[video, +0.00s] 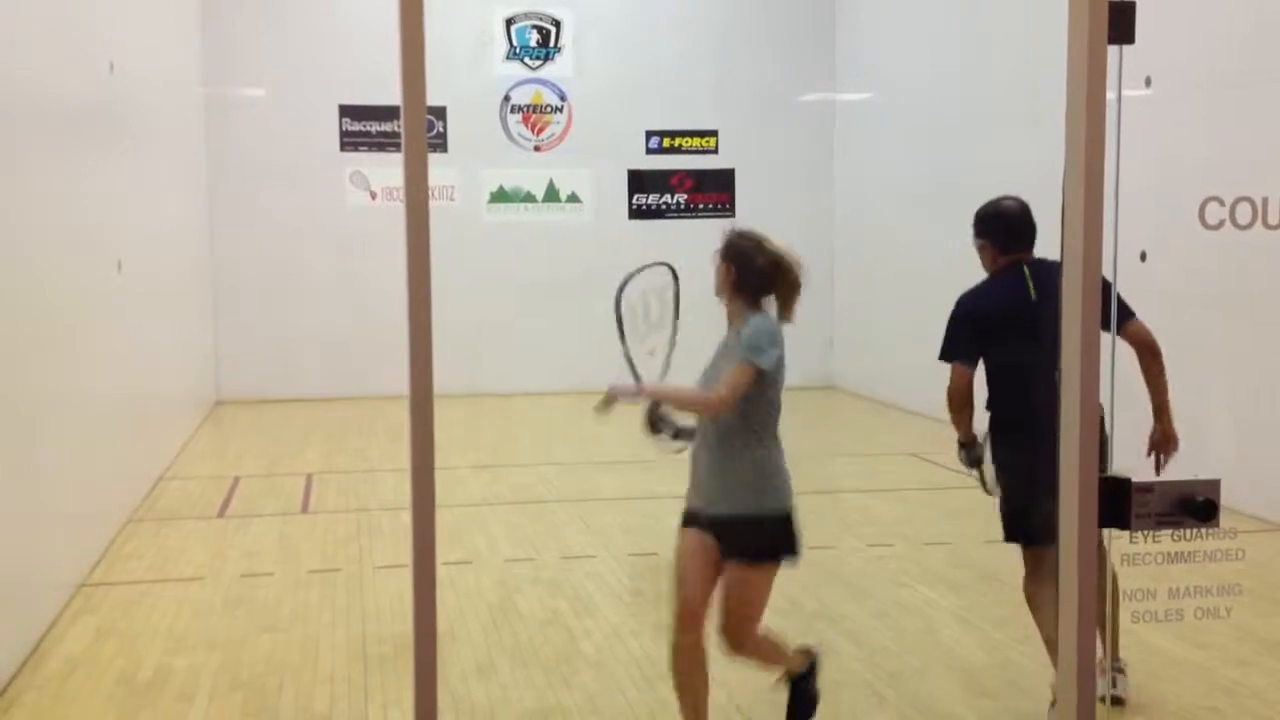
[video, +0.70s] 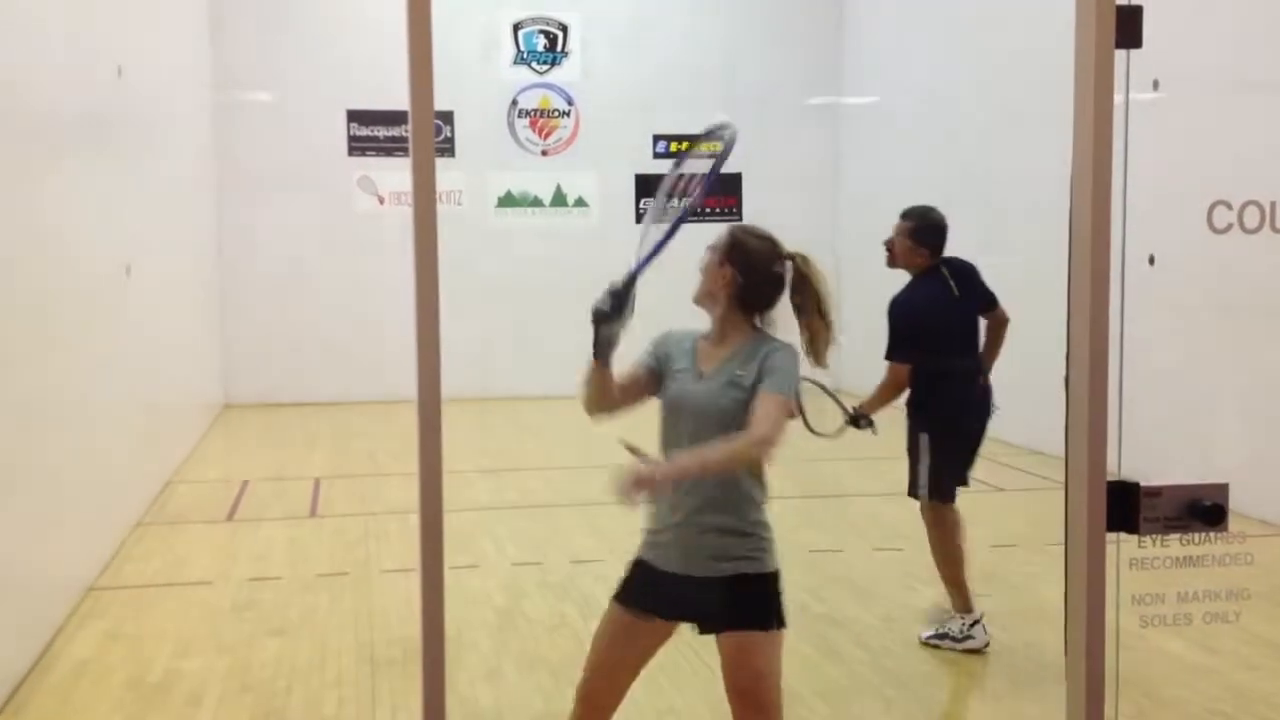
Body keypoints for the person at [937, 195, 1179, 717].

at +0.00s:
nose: (977, 253)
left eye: (978, 245)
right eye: (977, 245)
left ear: (987, 247)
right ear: (1032, 241)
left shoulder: (977, 303)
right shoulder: (1079, 279)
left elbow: (959, 388)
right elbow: (1145, 342)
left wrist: (966, 437)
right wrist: (1163, 419)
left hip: (1023, 451)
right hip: (1085, 444)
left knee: (1040, 565)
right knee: (1093, 549)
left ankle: (1069, 683)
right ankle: (1114, 666)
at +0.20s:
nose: (967, 251)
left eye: (971, 246)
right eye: (969, 244)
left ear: (988, 254)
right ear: (1019, 250)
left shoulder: (978, 312)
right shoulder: (1061, 288)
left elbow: (970, 397)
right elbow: (1118, 353)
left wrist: (952, 441)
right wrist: (1119, 420)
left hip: (1011, 448)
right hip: (1070, 441)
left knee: (997, 534)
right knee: (1082, 548)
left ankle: (1039, 623)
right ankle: (1103, 660)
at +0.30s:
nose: (953, 249)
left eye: (960, 244)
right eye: (957, 241)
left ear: (979, 254)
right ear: (1004, 250)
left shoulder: (968, 310)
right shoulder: (1044, 287)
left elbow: (963, 391)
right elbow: (1073, 351)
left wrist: (940, 433)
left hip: (992, 441)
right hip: (1050, 438)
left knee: (968, 517)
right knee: (1072, 541)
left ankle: (996, 629)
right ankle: (1104, 652)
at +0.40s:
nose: (935, 251)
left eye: (942, 247)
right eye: (939, 244)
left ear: (959, 258)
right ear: (982, 257)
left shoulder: (949, 314)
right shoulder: (1014, 286)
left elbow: (943, 397)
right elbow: (1049, 337)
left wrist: (917, 434)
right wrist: (1011, 357)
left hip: (969, 440)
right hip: (1027, 435)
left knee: (951, 527)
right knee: (1052, 538)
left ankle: (963, 623)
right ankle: (1099, 645)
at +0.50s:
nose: (915, 251)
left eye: (924, 248)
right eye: (921, 245)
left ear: (941, 262)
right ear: (960, 259)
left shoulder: (933, 318)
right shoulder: (992, 286)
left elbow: (925, 399)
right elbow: (1027, 335)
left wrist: (892, 433)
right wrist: (988, 360)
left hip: (951, 435)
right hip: (1000, 430)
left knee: (934, 517)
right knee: (1002, 523)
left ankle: (961, 621)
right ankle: (1061, 592)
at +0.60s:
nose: (901, 245)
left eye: (910, 242)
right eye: (907, 239)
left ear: (931, 255)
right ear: (943, 253)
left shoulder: (920, 309)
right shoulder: (977, 278)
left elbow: (910, 386)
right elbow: (1010, 327)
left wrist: (876, 419)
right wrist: (980, 362)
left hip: (942, 421)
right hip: (986, 411)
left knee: (933, 513)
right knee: (962, 501)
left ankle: (963, 620)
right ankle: (1018, 589)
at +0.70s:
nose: (888, 241)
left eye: (897, 237)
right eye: (893, 234)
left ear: (918, 250)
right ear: (927, 248)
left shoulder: (907, 304)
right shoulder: (960, 272)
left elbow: (896, 380)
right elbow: (998, 319)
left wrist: (864, 409)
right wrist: (982, 371)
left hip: (935, 411)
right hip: (972, 401)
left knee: (935, 506)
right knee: (941, 499)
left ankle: (966, 619)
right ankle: (961, 603)